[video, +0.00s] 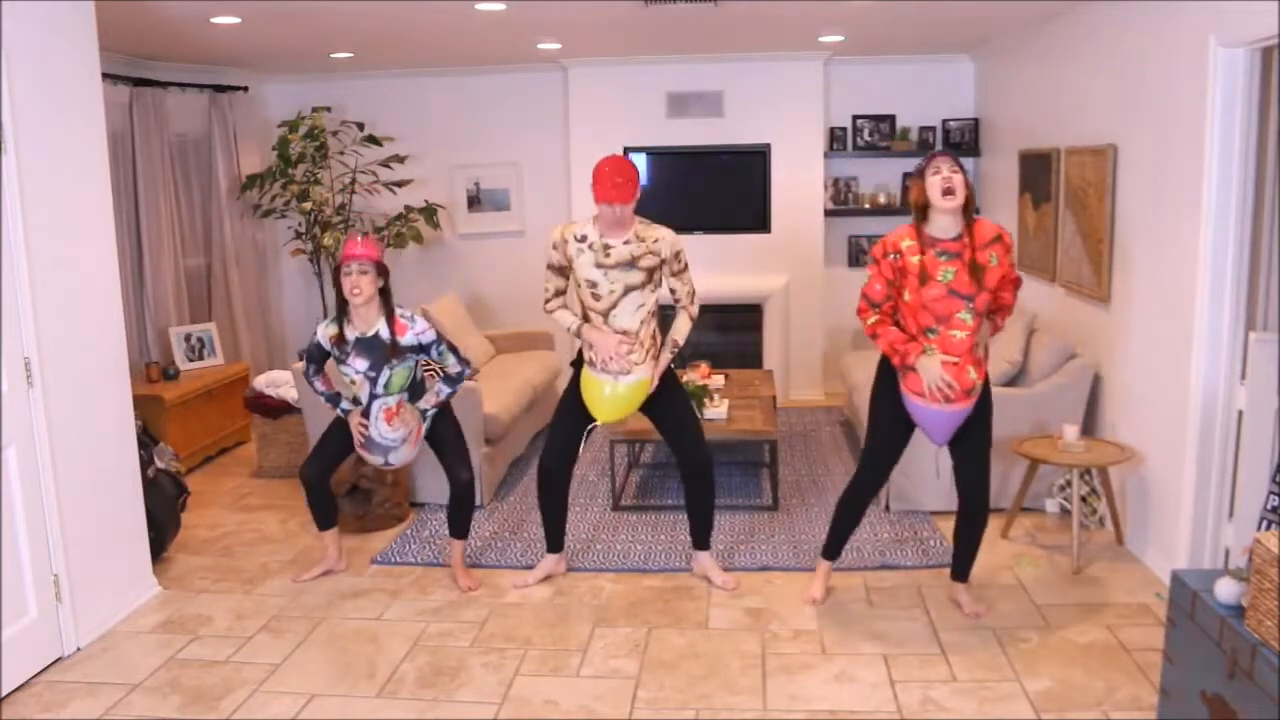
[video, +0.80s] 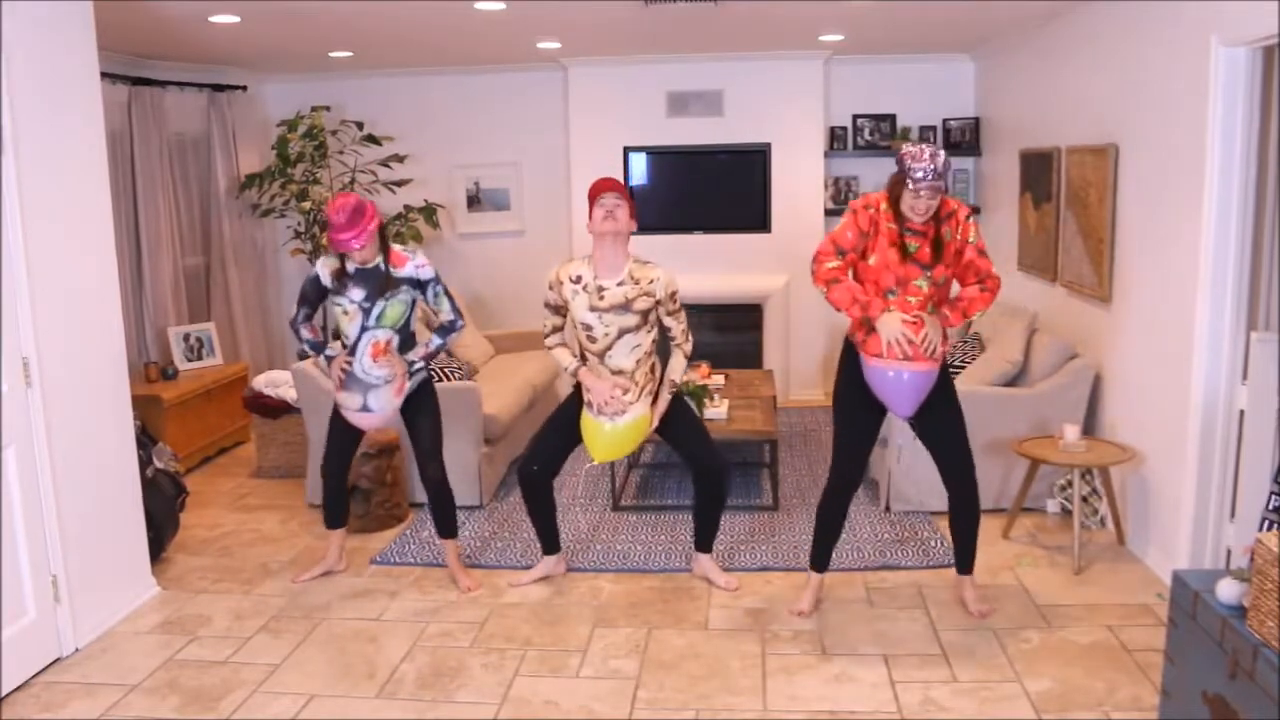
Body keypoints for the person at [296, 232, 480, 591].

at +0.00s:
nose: (354, 281)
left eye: (364, 272)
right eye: (347, 273)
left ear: (380, 279)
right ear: (339, 281)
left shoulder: (410, 324)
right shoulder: (331, 332)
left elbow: (460, 368)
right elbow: (311, 370)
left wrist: (421, 409)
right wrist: (347, 410)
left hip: (420, 403)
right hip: (365, 409)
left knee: (463, 477)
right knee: (312, 474)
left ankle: (457, 560)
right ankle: (333, 555)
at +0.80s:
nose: (357, 255)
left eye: (362, 245)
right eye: (348, 249)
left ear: (377, 229)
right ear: (337, 243)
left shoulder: (413, 264)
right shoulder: (328, 272)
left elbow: (452, 322)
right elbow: (301, 322)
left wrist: (413, 361)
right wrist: (328, 358)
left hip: (410, 380)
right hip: (356, 383)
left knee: (432, 469)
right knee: (333, 466)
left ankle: (454, 560)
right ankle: (334, 554)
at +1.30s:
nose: (355, 262)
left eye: (362, 253)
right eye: (347, 256)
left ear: (378, 239)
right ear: (338, 251)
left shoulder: (416, 274)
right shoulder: (332, 281)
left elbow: (460, 325)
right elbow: (304, 325)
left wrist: (417, 358)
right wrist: (336, 356)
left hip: (413, 378)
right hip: (361, 380)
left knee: (439, 466)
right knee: (334, 466)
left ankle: (454, 560)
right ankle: (335, 554)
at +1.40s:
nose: (356, 263)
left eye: (363, 253)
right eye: (348, 255)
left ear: (380, 241)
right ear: (339, 252)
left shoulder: (414, 277)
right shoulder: (333, 284)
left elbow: (461, 328)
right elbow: (305, 327)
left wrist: (416, 359)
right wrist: (337, 360)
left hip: (413, 380)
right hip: (361, 383)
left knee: (441, 463)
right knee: (329, 467)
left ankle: (455, 560)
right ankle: (334, 555)